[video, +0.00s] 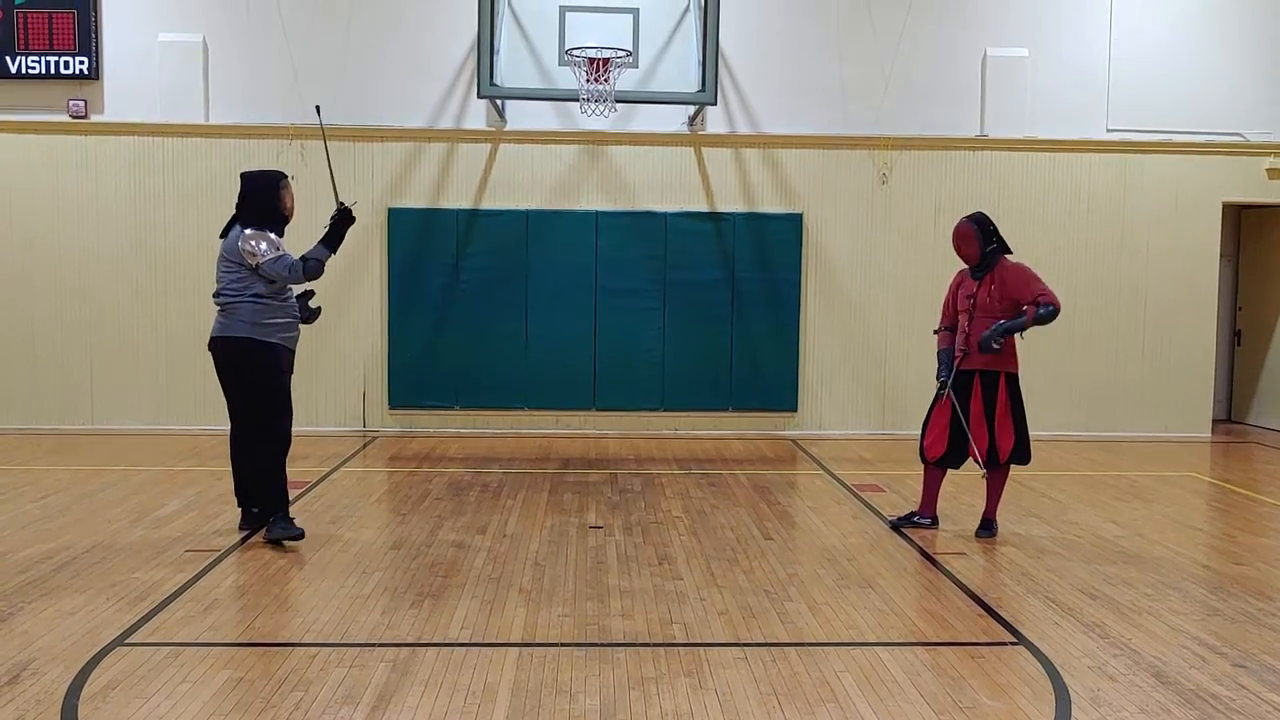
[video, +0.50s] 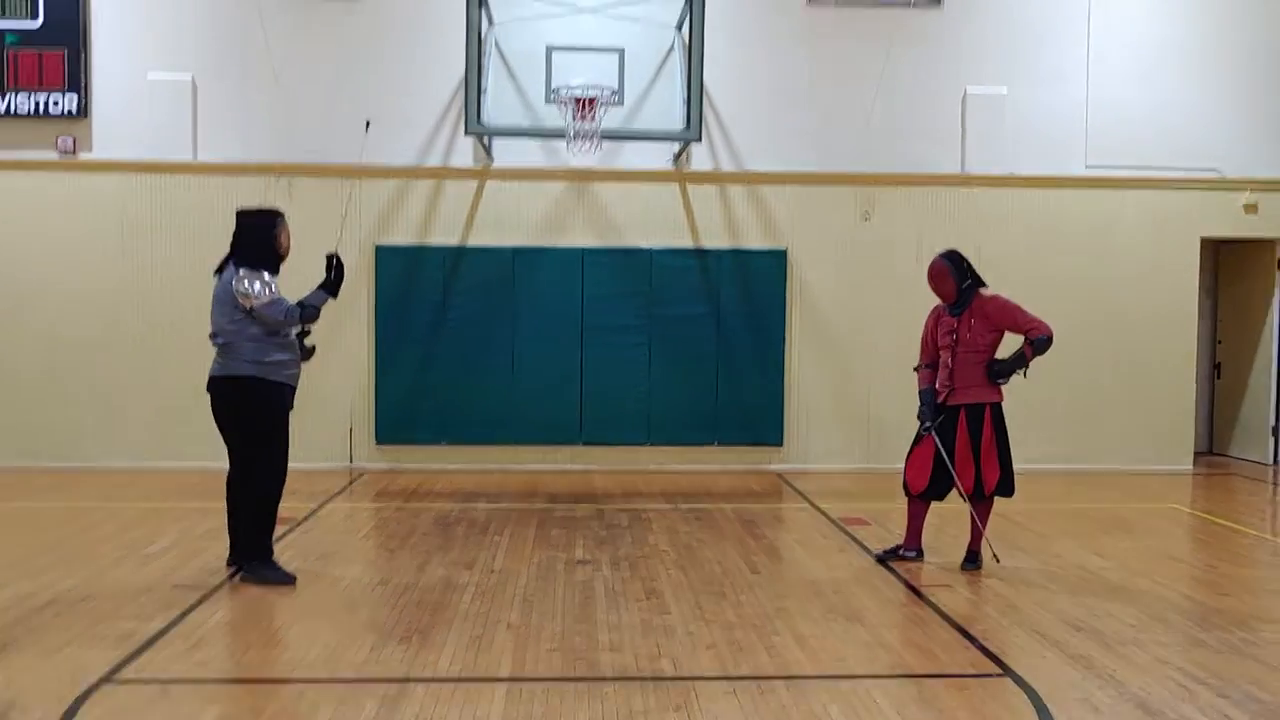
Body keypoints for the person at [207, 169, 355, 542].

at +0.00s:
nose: (293, 202)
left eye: (291, 194)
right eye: (288, 194)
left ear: (260, 198)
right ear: (270, 197)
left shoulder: (242, 235)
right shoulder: (254, 236)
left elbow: (253, 295)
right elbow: (294, 271)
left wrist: (293, 307)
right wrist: (332, 237)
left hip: (238, 343)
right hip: (254, 346)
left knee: (248, 429)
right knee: (273, 430)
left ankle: (252, 511)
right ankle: (276, 517)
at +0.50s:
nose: (289, 242)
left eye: (287, 234)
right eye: (284, 234)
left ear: (255, 236)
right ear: (266, 237)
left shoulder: (236, 274)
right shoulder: (249, 275)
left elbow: (247, 336)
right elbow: (281, 316)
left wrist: (292, 349)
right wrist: (326, 289)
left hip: (241, 384)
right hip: (253, 388)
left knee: (247, 469)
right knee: (266, 471)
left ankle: (243, 553)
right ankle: (256, 559)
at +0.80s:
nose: (322, 272)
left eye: (322, 264)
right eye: (317, 264)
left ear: (290, 266)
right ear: (298, 266)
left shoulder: (274, 305)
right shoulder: (277, 307)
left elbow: (298, 362)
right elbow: (314, 351)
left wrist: (333, 374)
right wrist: (355, 322)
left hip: (280, 410)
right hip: (283, 413)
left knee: (282, 496)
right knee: (294, 497)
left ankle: (276, 575)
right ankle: (283, 585)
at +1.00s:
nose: (320, 253)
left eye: (319, 245)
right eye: (315, 245)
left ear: (289, 246)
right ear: (296, 247)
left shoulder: (280, 288)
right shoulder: (275, 288)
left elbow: (318, 333)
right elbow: (311, 333)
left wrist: (350, 322)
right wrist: (351, 314)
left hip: (286, 395)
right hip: (278, 396)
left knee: (283, 480)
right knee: (286, 481)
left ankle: (273, 560)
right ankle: (278, 567)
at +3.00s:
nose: (306, 209)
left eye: (305, 201)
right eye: (300, 201)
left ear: (275, 206)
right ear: (281, 205)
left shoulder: (272, 250)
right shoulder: (259, 249)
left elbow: (285, 306)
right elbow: (261, 309)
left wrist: (314, 332)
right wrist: (297, 338)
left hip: (274, 355)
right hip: (263, 356)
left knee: (267, 438)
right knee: (276, 440)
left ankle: (255, 520)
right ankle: (261, 527)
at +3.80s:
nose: (317, 200)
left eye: (317, 192)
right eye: (312, 192)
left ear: (292, 196)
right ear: (290, 193)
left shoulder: (287, 237)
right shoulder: (261, 234)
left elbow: (298, 287)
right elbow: (286, 281)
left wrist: (306, 344)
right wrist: (337, 307)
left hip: (288, 343)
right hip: (264, 342)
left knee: (286, 424)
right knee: (271, 425)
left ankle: (271, 501)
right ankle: (266, 509)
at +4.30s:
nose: (321, 190)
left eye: (320, 182)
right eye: (315, 182)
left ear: (298, 185)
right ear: (294, 184)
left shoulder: (292, 230)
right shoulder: (269, 226)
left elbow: (296, 284)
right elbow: (299, 268)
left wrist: (329, 299)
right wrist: (355, 272)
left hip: (295, 337)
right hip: (273, 336)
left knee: (293, 422)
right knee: (280, 422)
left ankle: (277, 497)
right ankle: (274, 506)